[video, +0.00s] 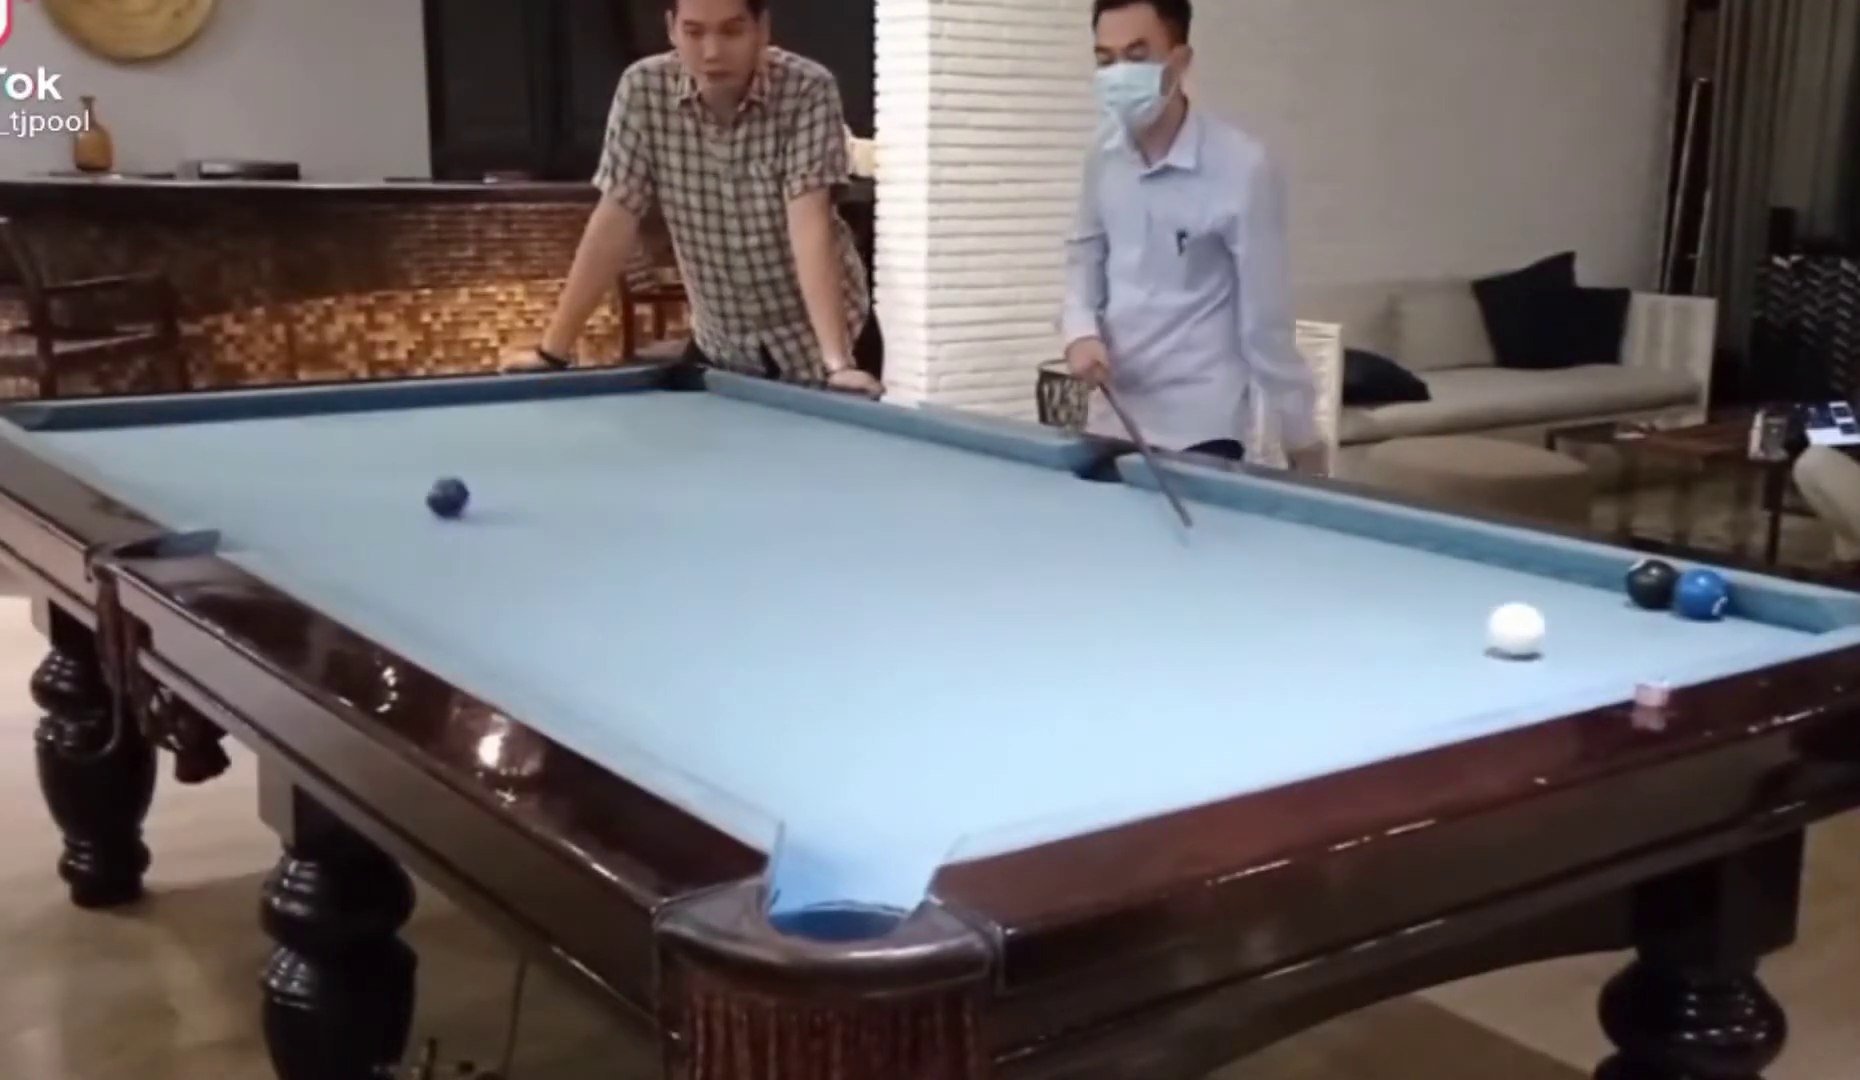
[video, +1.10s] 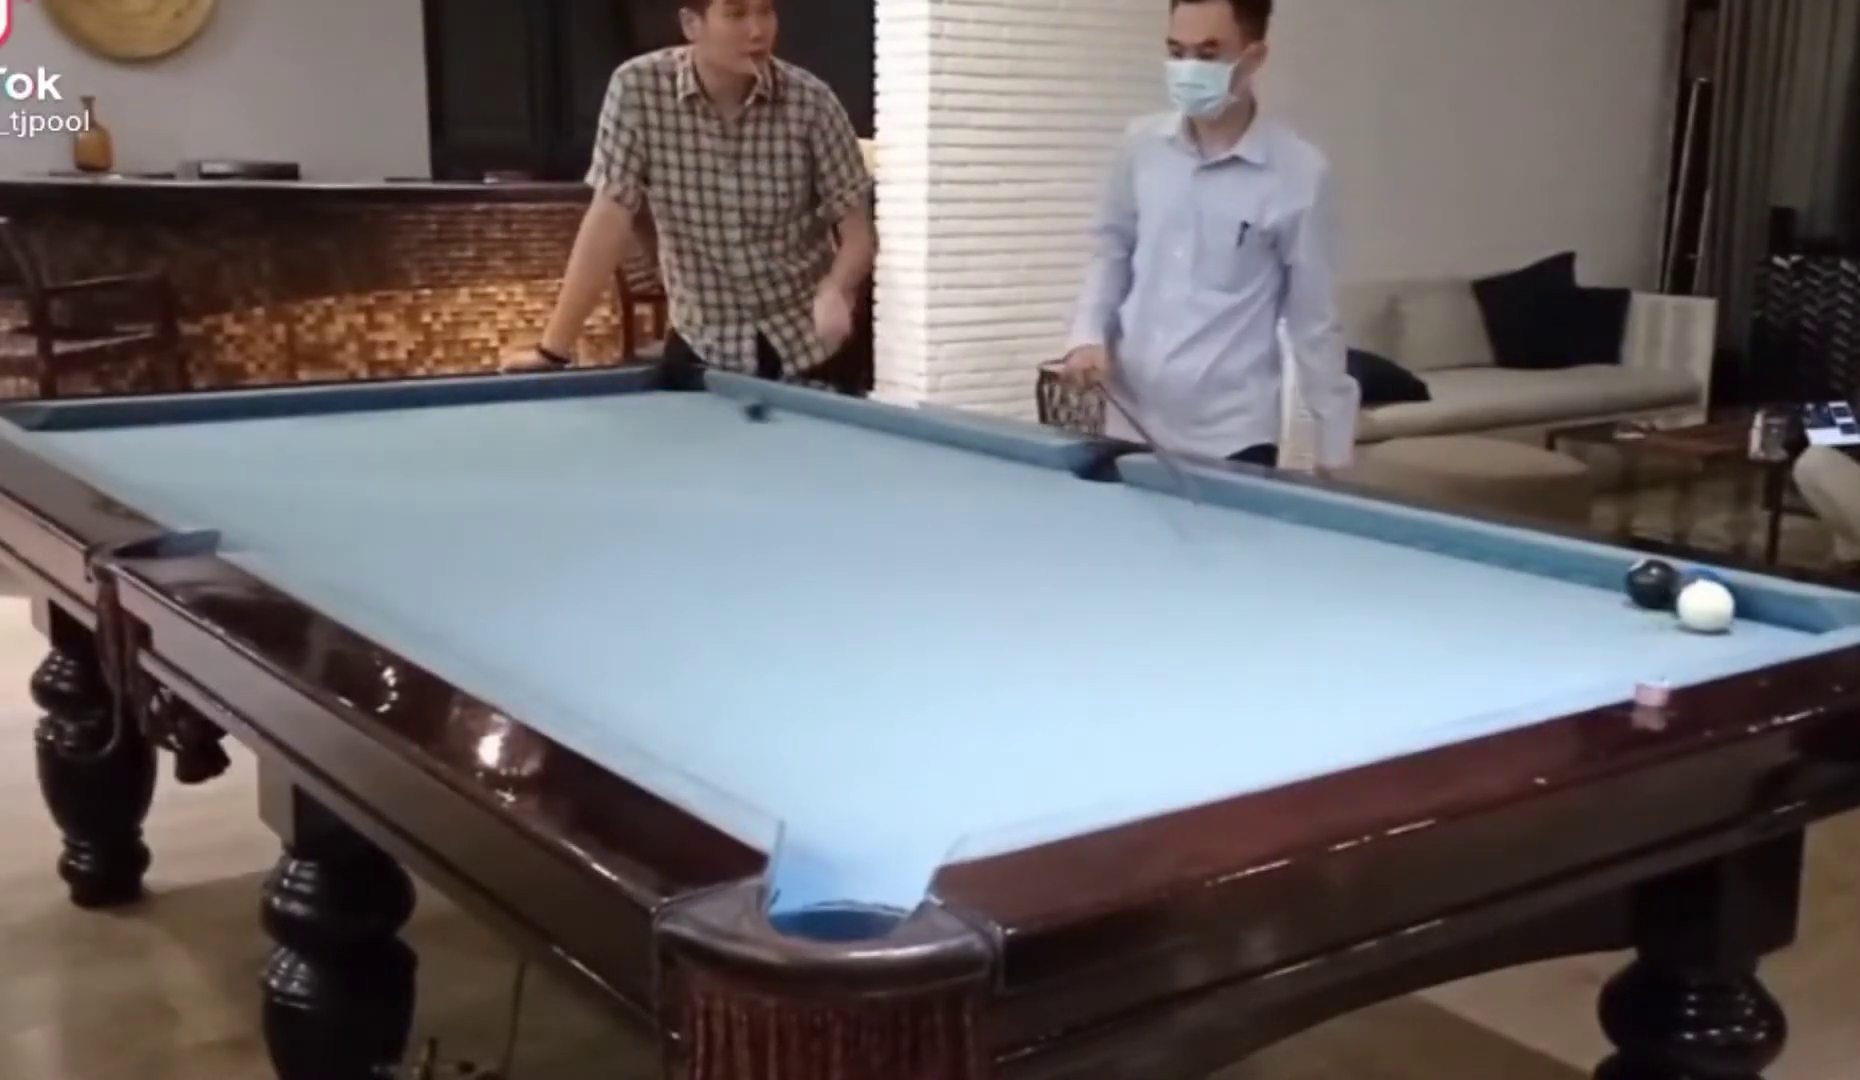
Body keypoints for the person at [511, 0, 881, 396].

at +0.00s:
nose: (712, 52)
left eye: (731, 31)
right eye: (695, 32)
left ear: (762, 29)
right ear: (672, 31)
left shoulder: (806, 89)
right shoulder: (644, 90)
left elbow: (810, 219)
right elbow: (615, 217)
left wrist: (837, 361)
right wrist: (553, 351)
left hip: (822, 347)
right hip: (722, 348)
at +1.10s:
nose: (757, 29)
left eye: (765, 13)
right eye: (737, 15)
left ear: (777, 19)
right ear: (691, 23)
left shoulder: (811, 101)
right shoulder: (638, 90)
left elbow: (858, 225)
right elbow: (610, 214)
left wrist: (836, 288)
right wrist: (553, 350)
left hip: (814, 342)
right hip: (701, 345)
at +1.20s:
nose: (766, 31)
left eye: (774, 14)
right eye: (745, 16)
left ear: (784, 19)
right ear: (698, 24)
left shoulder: (813, 102)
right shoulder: (642, 88)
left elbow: (858, 228)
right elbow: (610, 217)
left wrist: (832, 248)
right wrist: (552, 350)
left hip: (816, 336)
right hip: (702, 341)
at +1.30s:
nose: (772, 35)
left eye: (779, 17)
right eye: (751, 19)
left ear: (789, 21)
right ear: (704, 25)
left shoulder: (814, 100)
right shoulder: (645, 87)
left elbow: (852, 247)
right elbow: (610, 218)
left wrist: (820, 202)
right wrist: (552, 351)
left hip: (815, 333)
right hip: (701, 339)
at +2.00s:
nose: (767, 40)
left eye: (777, 23)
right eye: (746, 23)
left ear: (788, 26)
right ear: (703, 26)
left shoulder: (812, 101)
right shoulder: (649, 89)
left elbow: (845, 222)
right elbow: (612, 218)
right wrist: (552, 352)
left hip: (808, 335)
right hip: (701, 344)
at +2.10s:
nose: (762, 38)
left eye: (772, 20)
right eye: (741, 20)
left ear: (783, 25)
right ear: (697, 24)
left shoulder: (810, 101)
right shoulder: (646, 90)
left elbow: (839, 212)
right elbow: (611, 218)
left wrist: (842, 307)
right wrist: (552, 351)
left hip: (808, 338)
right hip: (702, 345)